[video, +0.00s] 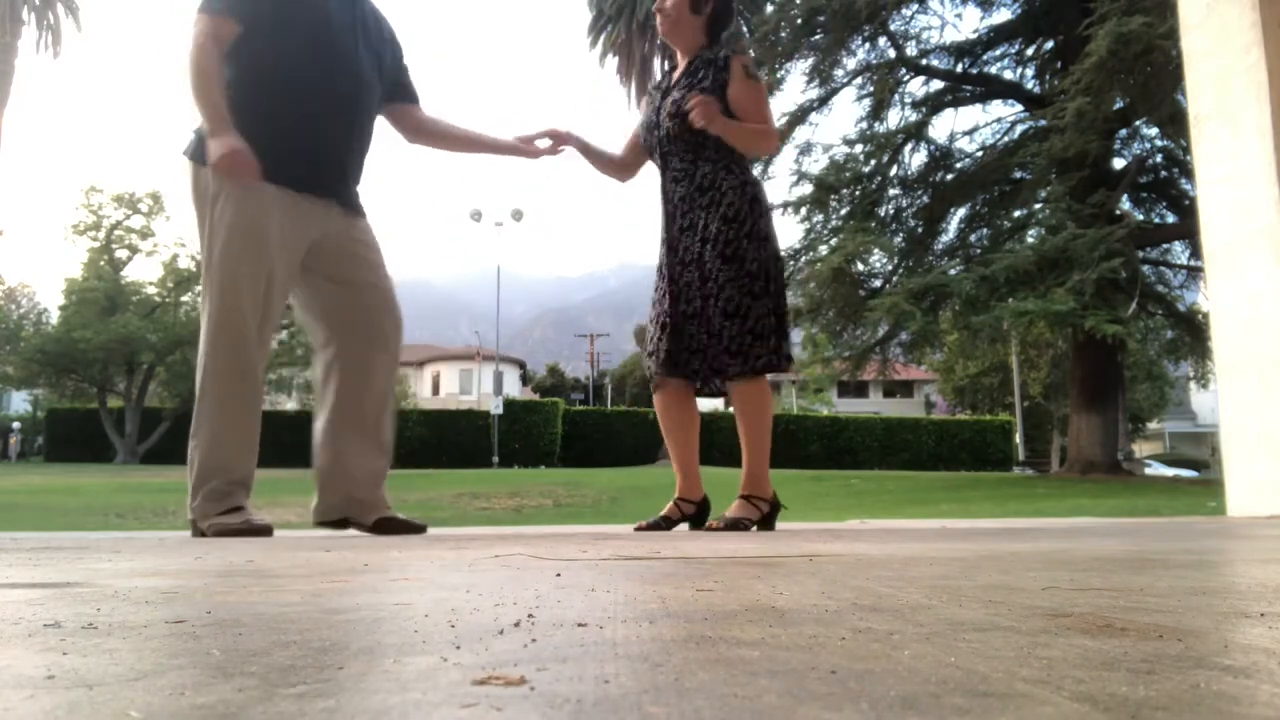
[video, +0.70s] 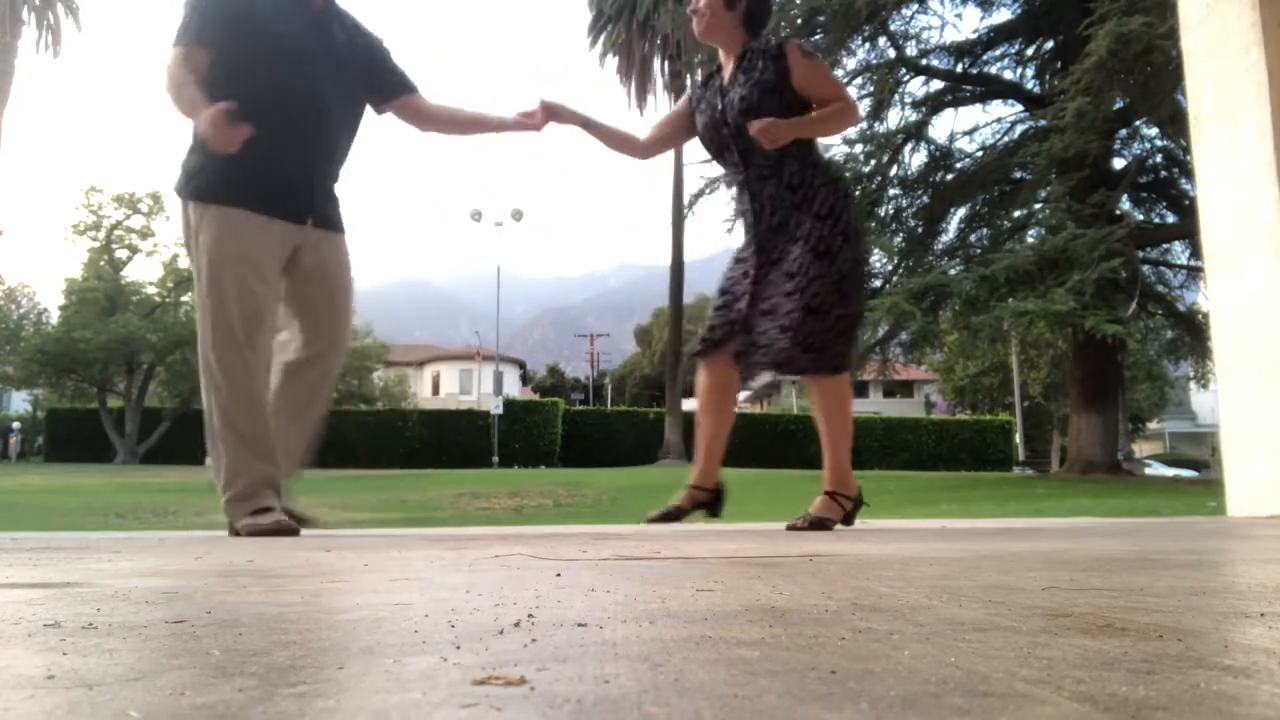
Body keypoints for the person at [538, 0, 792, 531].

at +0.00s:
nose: (657, 9)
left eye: (668, 1)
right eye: (658, 2)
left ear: (702, 9)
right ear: (671, 14)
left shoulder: (731, 65)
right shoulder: (664, 91)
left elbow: (767, 141)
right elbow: (623, 166)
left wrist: (719, 123)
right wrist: (576, 142)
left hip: (733, 227)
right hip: (682, 235)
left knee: (743, 359)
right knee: (668, 364)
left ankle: (758, 495)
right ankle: (689, 496)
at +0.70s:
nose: (692, 8)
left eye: (703, 1)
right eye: (693, 2)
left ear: (738, 8)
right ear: (706, 15)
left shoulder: (783, 55)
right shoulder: (705, 96)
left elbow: (847, 111)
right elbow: (644, 145)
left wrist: (791, 127)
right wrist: (570, 115)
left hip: (820, 220)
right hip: (765, 233)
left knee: (821, 351)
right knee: (718, 352)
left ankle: (841, 490)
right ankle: (704, 486)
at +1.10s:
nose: (690, 8)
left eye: (700, 1)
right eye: (691, 2)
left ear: (734, 6)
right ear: (708, 12)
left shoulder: (784, 61)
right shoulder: (702, 89)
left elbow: (842, 127)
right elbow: (652, 147)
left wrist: (826, 120)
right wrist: (588, 112)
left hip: (786, 217)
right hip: (736, 228)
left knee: (738, 321)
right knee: (735, 349)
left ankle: (779, 465)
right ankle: (763, 486)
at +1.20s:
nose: (676, 10)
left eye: (686, 3)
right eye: (678, 3)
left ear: (718, 9)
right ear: (699, 12)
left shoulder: (765, 63)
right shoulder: (692, 91)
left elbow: (818, 132)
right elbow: (649, 159)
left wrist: (811, 116)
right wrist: (581, 125)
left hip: (760, 223)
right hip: (719, 229)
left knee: (698, 330)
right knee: (733, 366)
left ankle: (705, 478)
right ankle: (764, 496)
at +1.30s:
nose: (653, 20)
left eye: (662, 9)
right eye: (655, 11)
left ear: (691, 12)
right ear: (677, 17)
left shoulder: (732, 67)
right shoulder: (682, 91)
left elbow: (776, 136)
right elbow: (649, 178)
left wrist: (743, 91)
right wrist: (578, 152)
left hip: (726, 238)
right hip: (696, 240)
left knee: (660, 343)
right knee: (726, 369)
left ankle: (654, 486)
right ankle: (762, 494)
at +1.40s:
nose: (616, 15)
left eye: (623, 8)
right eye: (615, 12)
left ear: (648, 3)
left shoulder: (670, 36)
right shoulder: (649, 66)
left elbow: (695, 84)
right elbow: (653, 176)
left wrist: (629, 33)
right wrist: (573, 166)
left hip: (687, 228)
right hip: (684, 229)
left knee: (622, 342)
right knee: (705, 363)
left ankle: (647, 490)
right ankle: (759, 487)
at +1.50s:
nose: (590, 15)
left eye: (596, 9)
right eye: (592, 12)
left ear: (616, 2)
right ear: (644, 6)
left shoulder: (630, 17)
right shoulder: (666, 45)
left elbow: (569, 35)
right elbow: (646, 160)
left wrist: (519, 3)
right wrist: (575, 160)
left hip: (651, 193)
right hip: (690, 195)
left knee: (617, 343)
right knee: (669, 348)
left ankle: (646, 489)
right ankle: (727, 468)